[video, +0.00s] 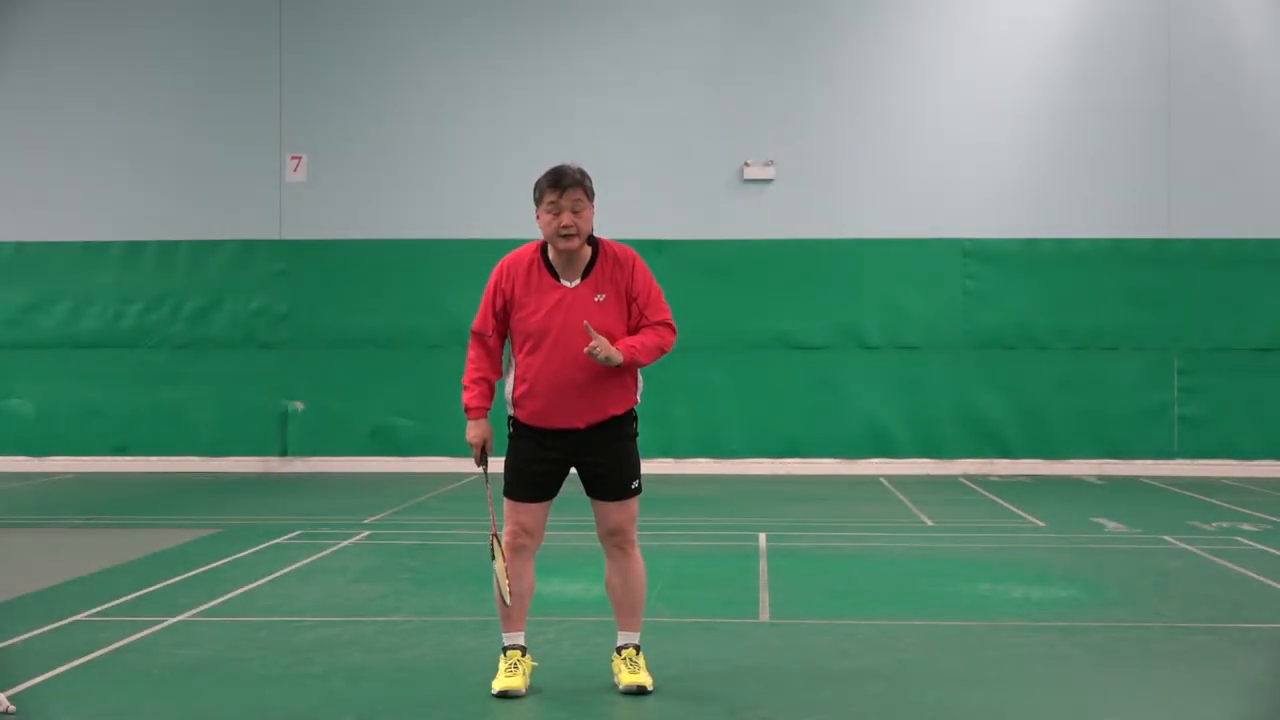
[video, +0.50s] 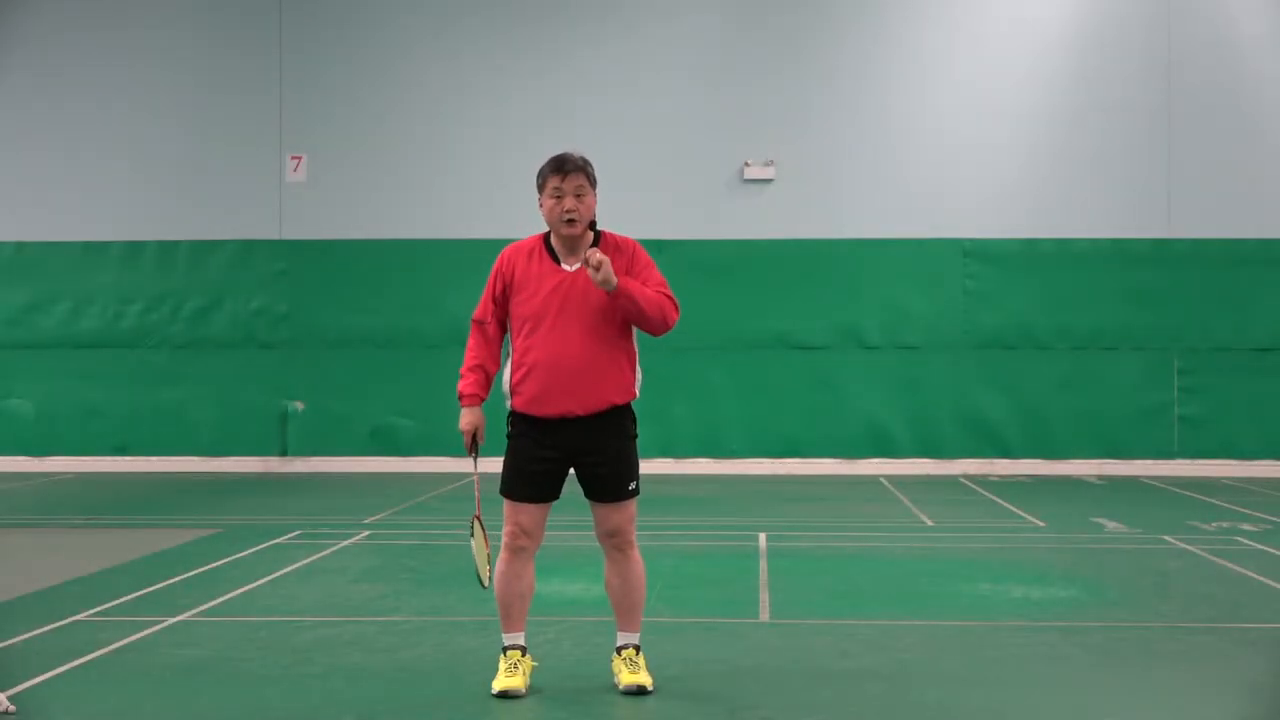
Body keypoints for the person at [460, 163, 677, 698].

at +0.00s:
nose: (565, 220)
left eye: (575, 209)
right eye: (554, 211)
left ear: (592, 212)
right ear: (538, 217)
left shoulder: (623, 265)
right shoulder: (512, 272)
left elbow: (663, 330)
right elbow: (485, 342)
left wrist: (624, 350)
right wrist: (477, 414)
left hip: (609, 427)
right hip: (535, 429)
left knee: (621, 537)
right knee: (519, 538)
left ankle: (629, 649)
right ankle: (514, 651)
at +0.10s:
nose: (566, 219)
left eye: (576, 208)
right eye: (554, 210)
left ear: (592, 211)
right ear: (538, 216)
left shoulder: (623, 263)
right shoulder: (512, 270)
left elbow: (662, 329)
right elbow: (485, 341)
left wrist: (625, 351)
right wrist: (477, 413)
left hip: (609, 427)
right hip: (535, 429)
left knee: (621, 537)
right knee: (519, 538)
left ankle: (629, 649)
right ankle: (513, 651)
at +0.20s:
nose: (567, 215)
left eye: (577, 204)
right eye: (555, 205)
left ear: (592, 208)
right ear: (538, 212)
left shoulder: (623, 261)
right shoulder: (512, 268)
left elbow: (662, 327)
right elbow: (485, 338)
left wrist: (626, 346)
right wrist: (475, 411)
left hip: (608, 426)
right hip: (535, 428)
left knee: (620, 536)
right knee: (519, 538)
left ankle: (629, 650)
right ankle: (513, 651)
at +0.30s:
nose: (567, 211)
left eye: (577, 200)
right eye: (556, 201)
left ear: (593, 204)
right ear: (539, 207)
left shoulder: (623, 259)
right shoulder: (513, 264)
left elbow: (664, 324)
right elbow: (485, 335)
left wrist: (621, 328)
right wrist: (473, 406)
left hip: (608, 424)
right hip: (534, 427)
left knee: (619, 536)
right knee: (518, 538)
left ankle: (629, 649)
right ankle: (513, 651)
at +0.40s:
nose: (568, 207)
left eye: (578, 196)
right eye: (556, 198)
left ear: (594, 201)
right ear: (540, 205)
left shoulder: (624, 256)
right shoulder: (514, 262)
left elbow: (663, 323)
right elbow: (485, 332)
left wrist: (616, 301)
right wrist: (472, 403)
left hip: (607, 421)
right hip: (534, 424)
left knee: (619, 536)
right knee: (518, 538)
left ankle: (629, 649)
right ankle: (513, 652)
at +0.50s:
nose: (568, 205)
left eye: (578, 195)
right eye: (557, 196)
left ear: (594, 199)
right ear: (541, 204)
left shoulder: (624, 254)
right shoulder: (514, 261)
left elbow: (663, 317)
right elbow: (486, 330)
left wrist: (614, 286)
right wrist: (471, 401)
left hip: (607, 420)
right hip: (533, 423)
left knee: (619, 536)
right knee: (518, 538)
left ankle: (629, 650)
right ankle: (513, 652)